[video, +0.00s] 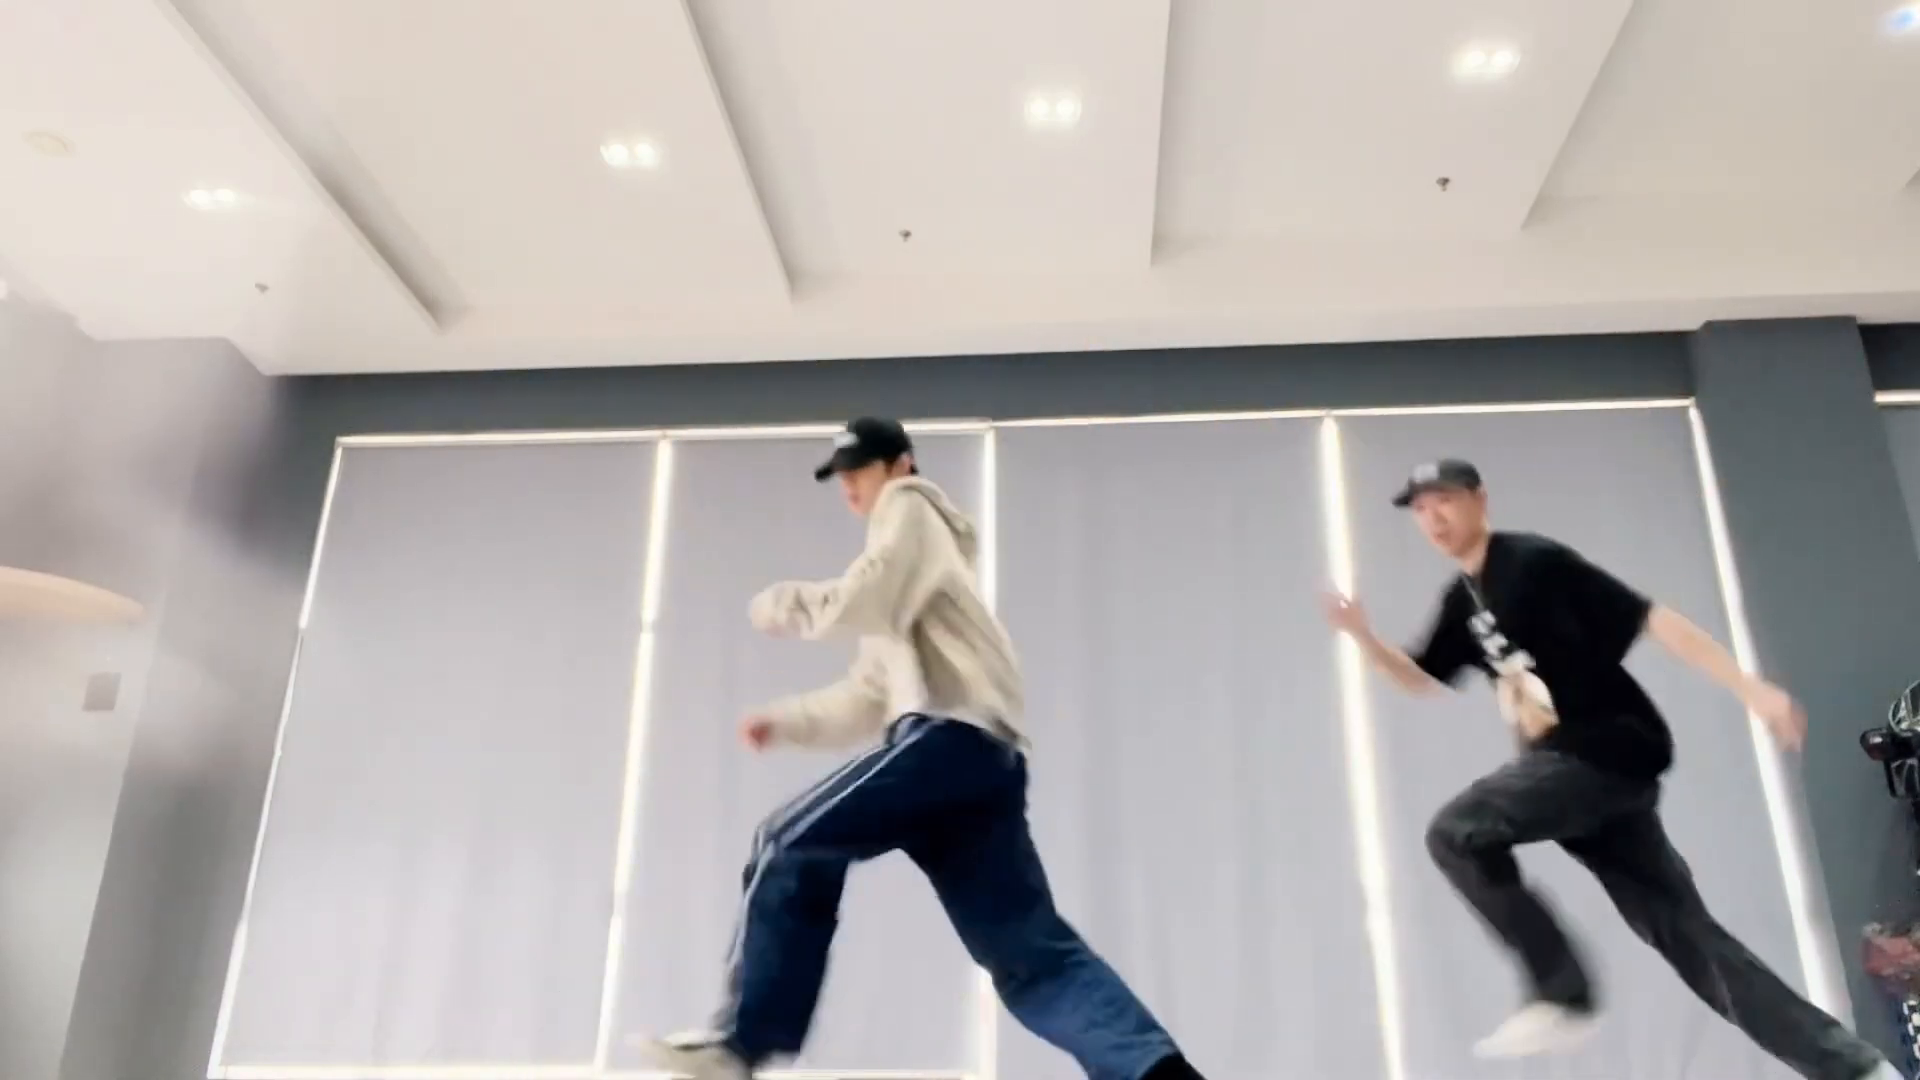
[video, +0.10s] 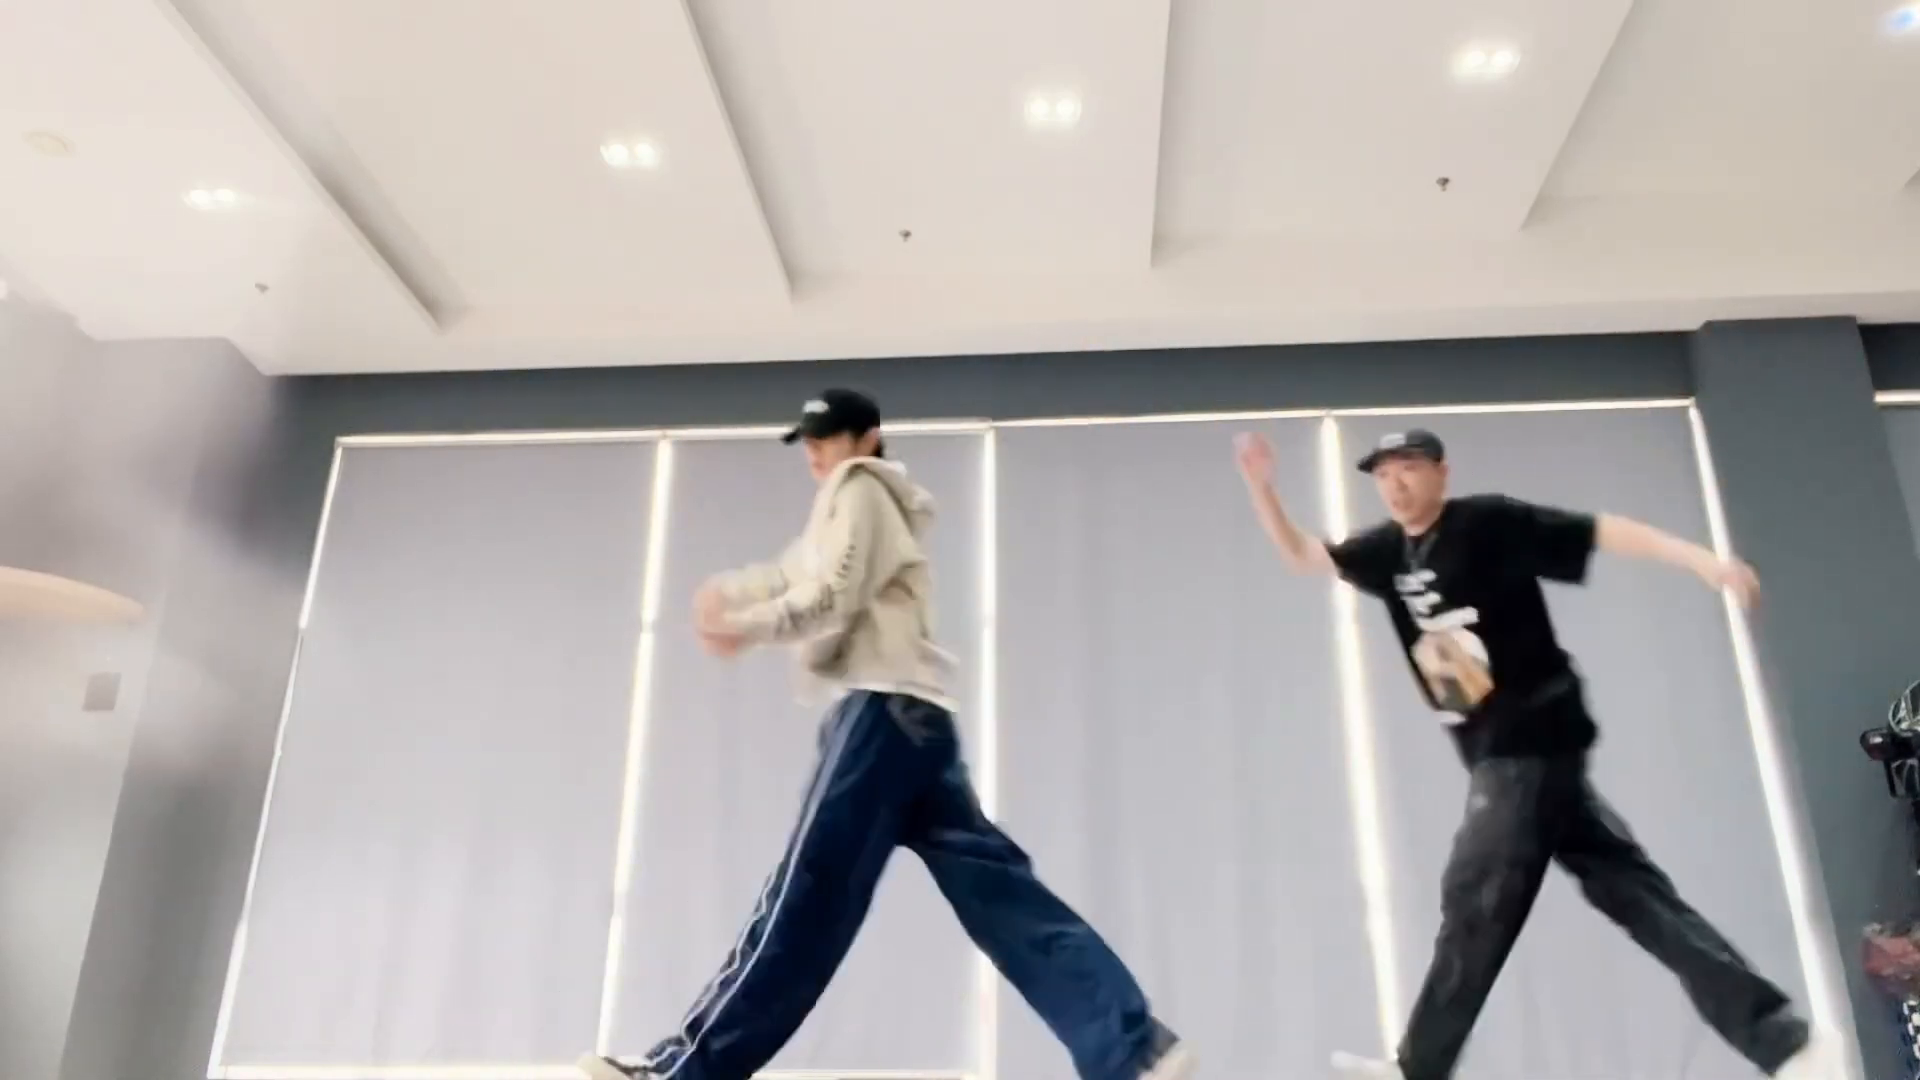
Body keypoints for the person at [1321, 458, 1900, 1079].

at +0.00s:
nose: (1434, 517)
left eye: (1444, 499)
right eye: (1422, 508)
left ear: (1479, 500)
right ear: (1419, 523)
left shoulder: (1538, 564)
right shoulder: (1462, 599)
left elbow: (1654, 622)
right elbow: (1422, 678)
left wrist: (1751, 689)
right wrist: (1361, 634)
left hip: (1611, 756)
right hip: (1573, 771)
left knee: (1458, 833)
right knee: (1687, 937)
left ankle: (1564, 995)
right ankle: (1845, 1062)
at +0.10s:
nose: (1399, 481)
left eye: (1412, 467)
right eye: (1387, 472)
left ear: (1442, 472)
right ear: (1378, 483)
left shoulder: (1489, 524)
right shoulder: (1385, 552)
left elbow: (1606, 532)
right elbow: (1304, 558)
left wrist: (1710, 565)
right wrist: (1262, 491)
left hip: (1538, 734)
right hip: (1498, 749)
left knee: (1475, 900)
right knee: (1632, 893)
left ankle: (1418, 1066)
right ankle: (1777, 1034)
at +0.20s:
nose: (1354, 480)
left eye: (1367, 465)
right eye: (1343, 468)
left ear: (1396, 470)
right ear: (1331, 477)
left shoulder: (1434, 519)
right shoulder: (1338, 531)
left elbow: (1544, 513)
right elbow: (1260, 491)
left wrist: (1644, 521)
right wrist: (1191, 429)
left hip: (1468, 748)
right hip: (1437, 755)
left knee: (1447, 909)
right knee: (1555, 902)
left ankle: (1417, 1068)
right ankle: (1689, 1042)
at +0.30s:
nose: (1327, 468)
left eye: (1342, 456)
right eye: (1317, 456)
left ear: (1366, 465)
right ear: (1304, 465)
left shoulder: (1402, 527)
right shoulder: (1297, 534)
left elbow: (1487, 584)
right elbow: (1221, 550)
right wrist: (1161, 504)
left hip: (1419, 739)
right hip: (1375, 748)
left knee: (1406, 906)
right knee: (1453, 916)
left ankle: (1404, 1066)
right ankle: (1597, 1033)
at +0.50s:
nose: (1283, 523)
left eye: (1295, 514)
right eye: (1272, 510)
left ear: (1306, 528)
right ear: (1247, 519)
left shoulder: (1319, 580)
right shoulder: (1222, 588)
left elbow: (1353, 600)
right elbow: (1144, 592)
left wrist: (1315, 511)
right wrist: (1176, 508)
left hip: (1327, 792)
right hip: (1260, 784)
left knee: (1295, 921)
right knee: (1164, 822)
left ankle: (1387, 1072)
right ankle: (1284, 900)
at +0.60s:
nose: (1259, 548)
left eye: (1274, 541)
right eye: (1252, 532)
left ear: (1281, 556)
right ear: (1223, 531)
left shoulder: (1294, 612)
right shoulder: (1175, 593)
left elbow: (1376, 634)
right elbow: (1084, 606)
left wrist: (1374, 544)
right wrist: (1121, 532)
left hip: (1265, 812)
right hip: (1192, 799)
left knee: (1292, 945)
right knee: (1097, 854)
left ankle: (1384, 1075)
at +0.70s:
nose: (1239, 560)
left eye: (1251, 555)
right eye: (1231, 544)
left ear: (1255, 569)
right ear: (1197, 539)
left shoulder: (1249, 641)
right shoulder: (1131, 592)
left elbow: (1310, 722)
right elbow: (1062, 650)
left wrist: (1378, 719)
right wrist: (1025, 650)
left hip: (1196, 827)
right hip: (1102, 819)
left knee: (1285, 931)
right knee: (1046, 936)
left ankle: (1366, 1069)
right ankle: (1003, 1065)